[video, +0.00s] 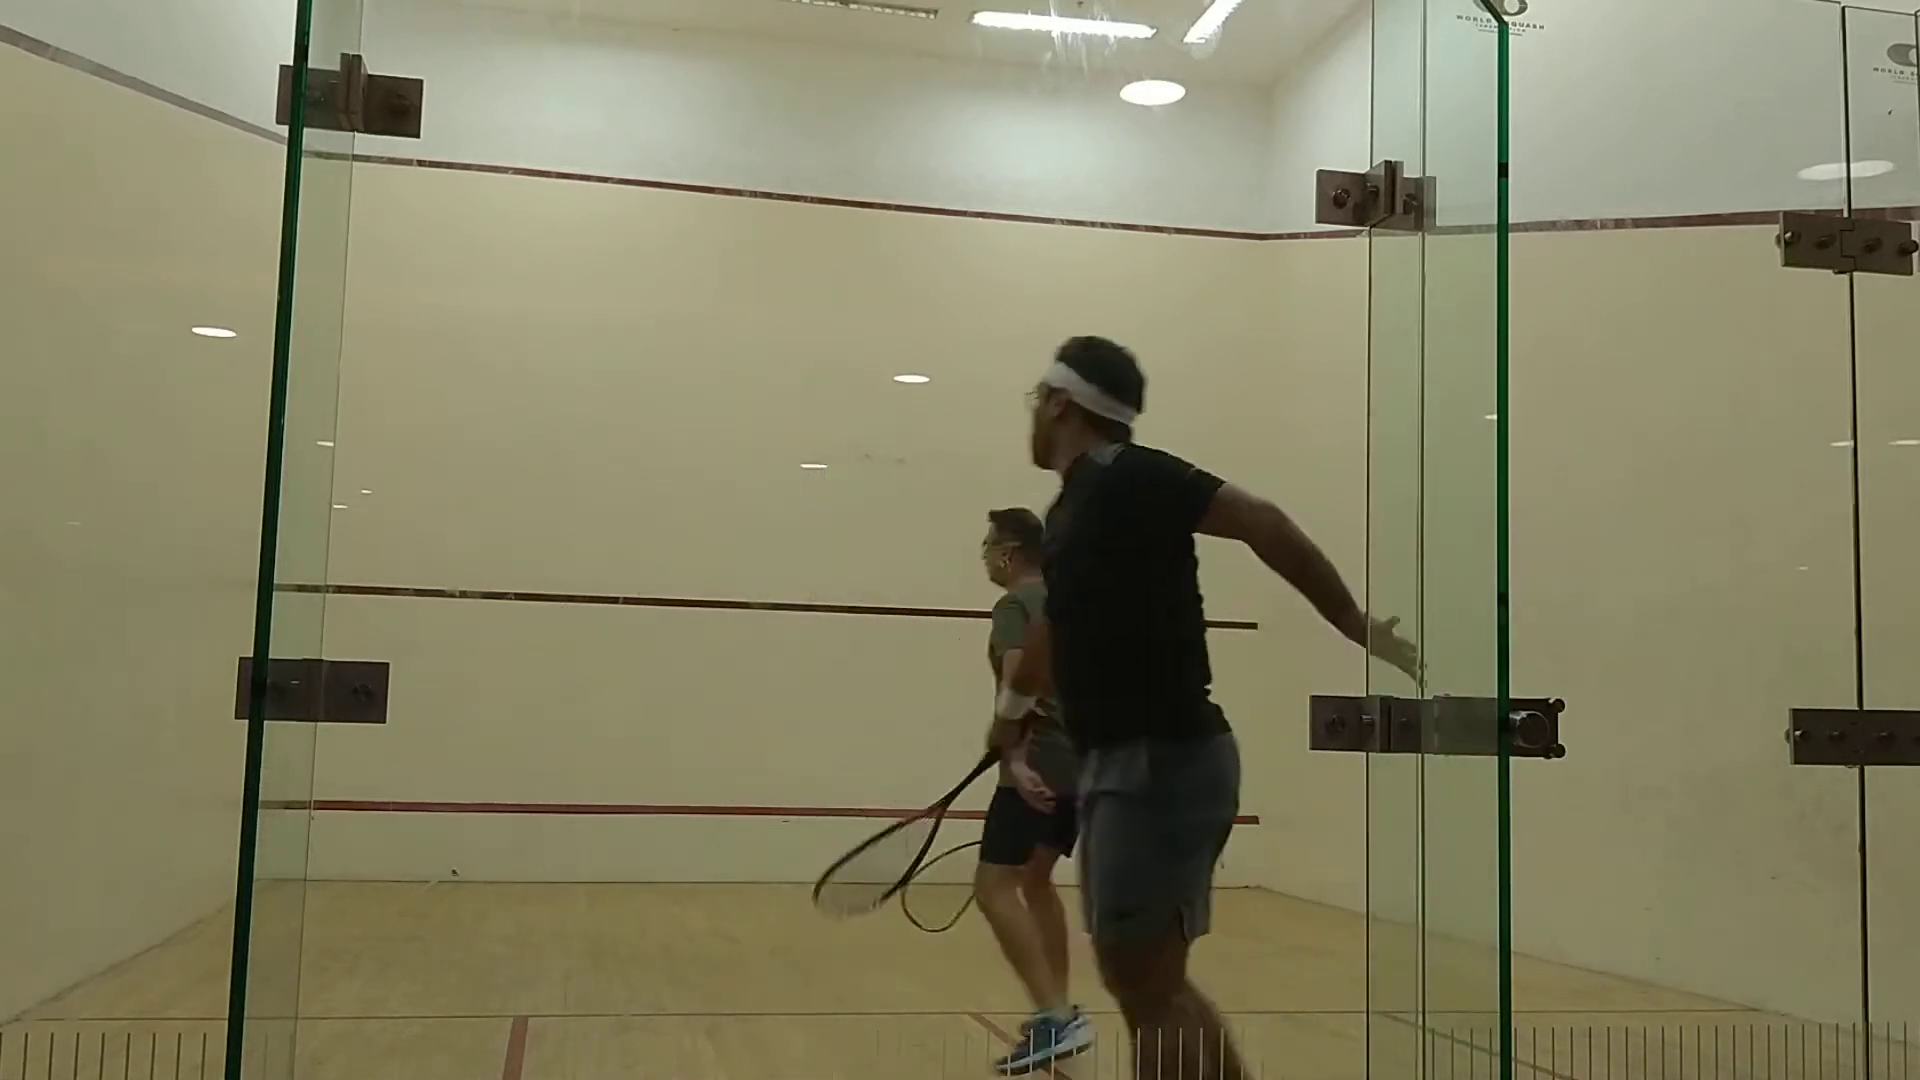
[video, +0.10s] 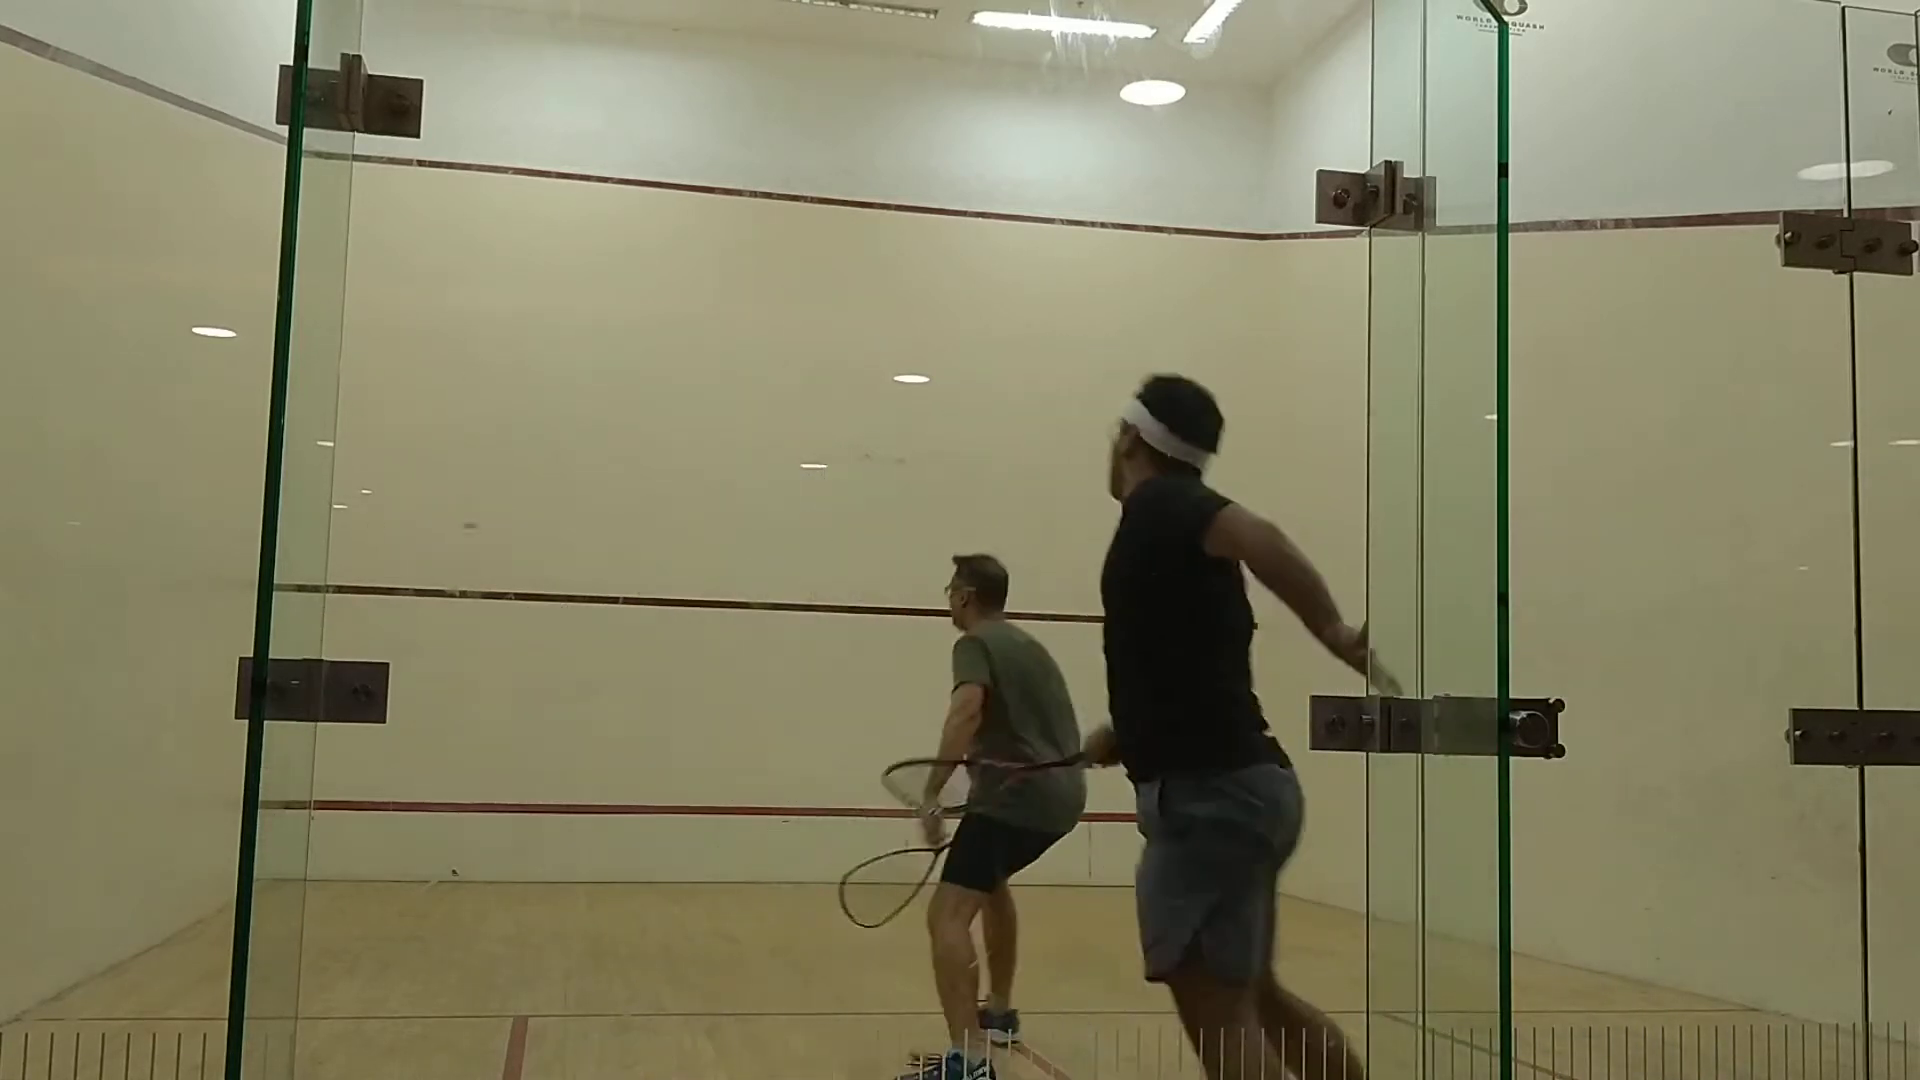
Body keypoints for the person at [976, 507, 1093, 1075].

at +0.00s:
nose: (983, 558)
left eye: (988, 549)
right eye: (985, 548)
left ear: (1010, 553)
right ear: (1032, 552)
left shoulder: (1015, 606)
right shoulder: (1067, 596)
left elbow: (1019, 682)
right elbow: (1068, 678)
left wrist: (1009, 749)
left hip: (1040, 756)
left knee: (993, 887)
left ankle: (1053, 1015)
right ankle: (1058, 1013)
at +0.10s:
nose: (947, 598)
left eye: (950, 589)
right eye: (949, 589)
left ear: (965, 595)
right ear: (998, 598)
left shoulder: (973, 644)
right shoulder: (1024, 642)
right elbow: (1042, 726)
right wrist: (992, 779)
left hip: (1012, 802)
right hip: (1060, 800)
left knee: (948, 916)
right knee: (993, 880)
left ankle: (967, 1057)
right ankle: (999, 1011)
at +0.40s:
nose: (960, 623)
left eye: (961, 616)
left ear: (967, 619)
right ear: (1008, 625)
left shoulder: (942, 660)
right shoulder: (1031, 683)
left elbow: (904, 720)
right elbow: (1038, 768)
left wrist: (876, 786)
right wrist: (994, 785)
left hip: (930, 804)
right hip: (996, 818)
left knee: (888, 906)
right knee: (953, 918)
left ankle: (888, 963)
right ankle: (893, 1003)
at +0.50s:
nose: (964, 612)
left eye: (964, 606)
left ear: (966, 608)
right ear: (1008, 611)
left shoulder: (943, 652)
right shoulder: (1034, 666)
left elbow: (898, 699)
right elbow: (1043, 747)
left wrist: (861, 762)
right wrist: (1008, 772)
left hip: (936, 793)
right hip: (999, 804)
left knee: (915, 872)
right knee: (957, 905)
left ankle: (876, 966)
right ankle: (895, 993)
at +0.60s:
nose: (978, 608)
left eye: (975, 601)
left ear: (974, 603)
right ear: (1015, 605)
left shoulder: (949, 648)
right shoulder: (1039, 655)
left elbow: (896, 695)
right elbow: (1060, 732)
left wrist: (866, 753)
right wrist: (1042, 768)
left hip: (951, 783)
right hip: (1008, 793)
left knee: (942, 865)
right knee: (970, 895)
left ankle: (918, 970)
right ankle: (918, 953)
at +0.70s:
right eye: (1028, 609)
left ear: (990, 608)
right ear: (1030, 611)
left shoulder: (962, 655)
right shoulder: (1044, 658)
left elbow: (911, 708)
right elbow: (1070, 723)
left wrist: (897, 765)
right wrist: (1085, 762)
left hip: (959, 789)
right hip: (1015, 795)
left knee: (952, 870)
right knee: (1011, 886)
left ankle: (922, 974)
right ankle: (950, 940)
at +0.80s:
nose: (1054, 603)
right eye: (1058, 597)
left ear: (1020, 594)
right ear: (1057, 597)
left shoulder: (991, 637)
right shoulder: (1058, 641)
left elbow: (958, 695)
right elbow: (1082, 706)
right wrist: (1124, 737)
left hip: (982, 771)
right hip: (1037, 771)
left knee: (975, 860)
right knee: (1059, 852)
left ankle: (930, 958)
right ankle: (998, 940)